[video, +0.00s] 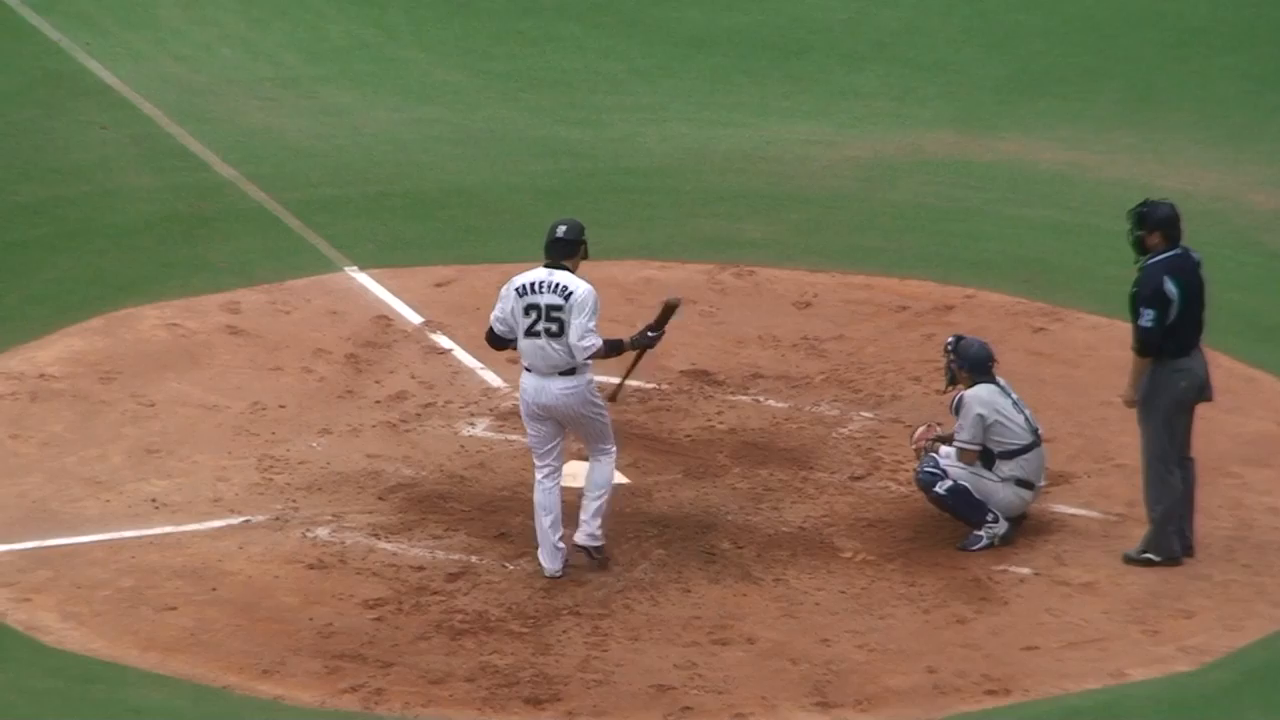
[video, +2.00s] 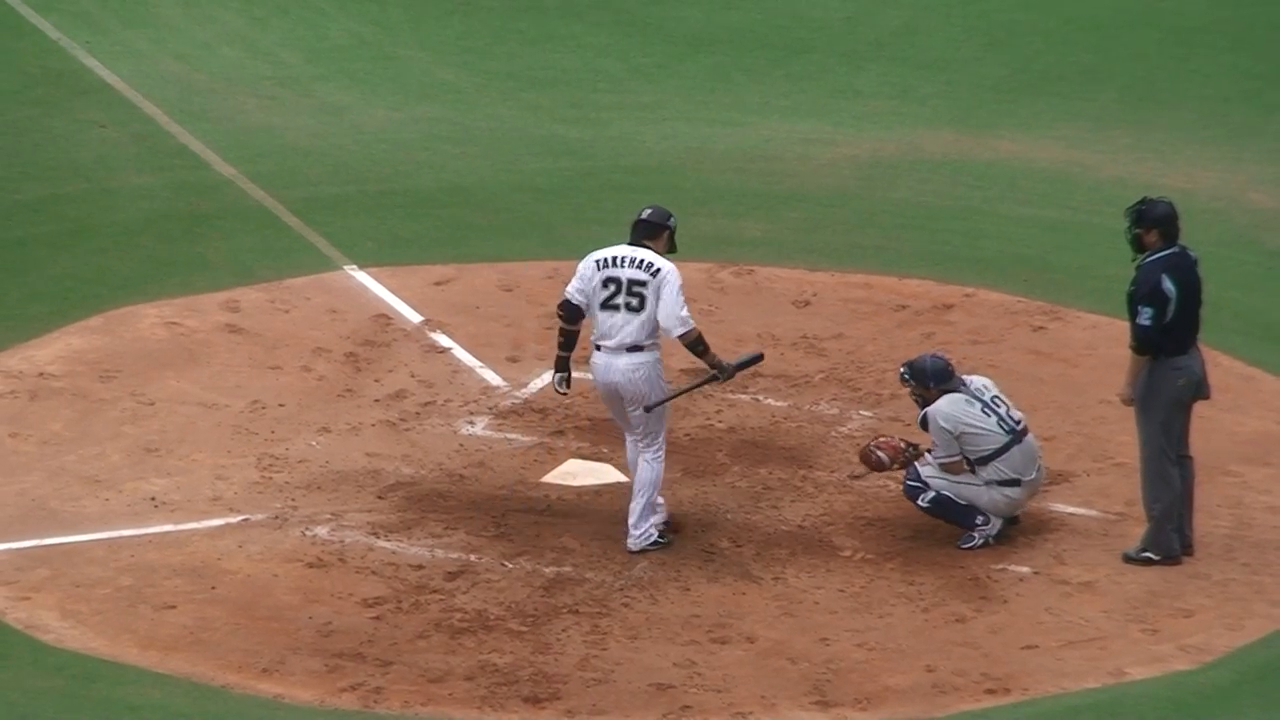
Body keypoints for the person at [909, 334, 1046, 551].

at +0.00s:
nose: (948, 366)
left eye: (952, 362)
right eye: (949, 361)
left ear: (964, 370)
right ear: (985, 366)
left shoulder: (972, 399)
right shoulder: (998, 384)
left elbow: (967, 457)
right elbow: (976, 432)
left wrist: (933, 447)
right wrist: (941, 437)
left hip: (1013, 495)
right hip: (1029, 485)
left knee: (929, 470)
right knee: (948, 451)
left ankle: (992, 524)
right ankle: (1010, 509)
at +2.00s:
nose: (913, 393)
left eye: (916, 388)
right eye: (911, 388)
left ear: (931, 390)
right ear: (950, 376)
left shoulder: (937, 412)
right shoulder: (979, 381)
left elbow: (954, 468)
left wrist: (922, 458)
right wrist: (926, 452)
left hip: (1007, 497)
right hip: (1035, 478)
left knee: (915, 480)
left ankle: (985, 524)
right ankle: (1007, 511)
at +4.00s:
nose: (931, 372)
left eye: (936, 368)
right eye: (933, 367)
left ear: (951, 375)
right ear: (965, 372)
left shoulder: (964, 402)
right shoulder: (984, 387)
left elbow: (949, 462)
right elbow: (955, 436)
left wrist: (916, 451)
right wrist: (912, 434)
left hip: (1004, 492)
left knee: (914, 478)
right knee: (929, 453)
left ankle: (985, 520)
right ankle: (1003, 507)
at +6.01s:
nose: (940, 366)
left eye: (945, 362)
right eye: (942, 361)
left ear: (960, 371)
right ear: (973, 370)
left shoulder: (969, 402)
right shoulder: (992, 387)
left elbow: (948, 462)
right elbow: (961, 433)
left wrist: (912, 452)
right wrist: (920, 435)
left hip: (1004, 492)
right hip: (1018, 482)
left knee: (914, 478)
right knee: (929, 451)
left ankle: (983, 519)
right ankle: (1002, 506)